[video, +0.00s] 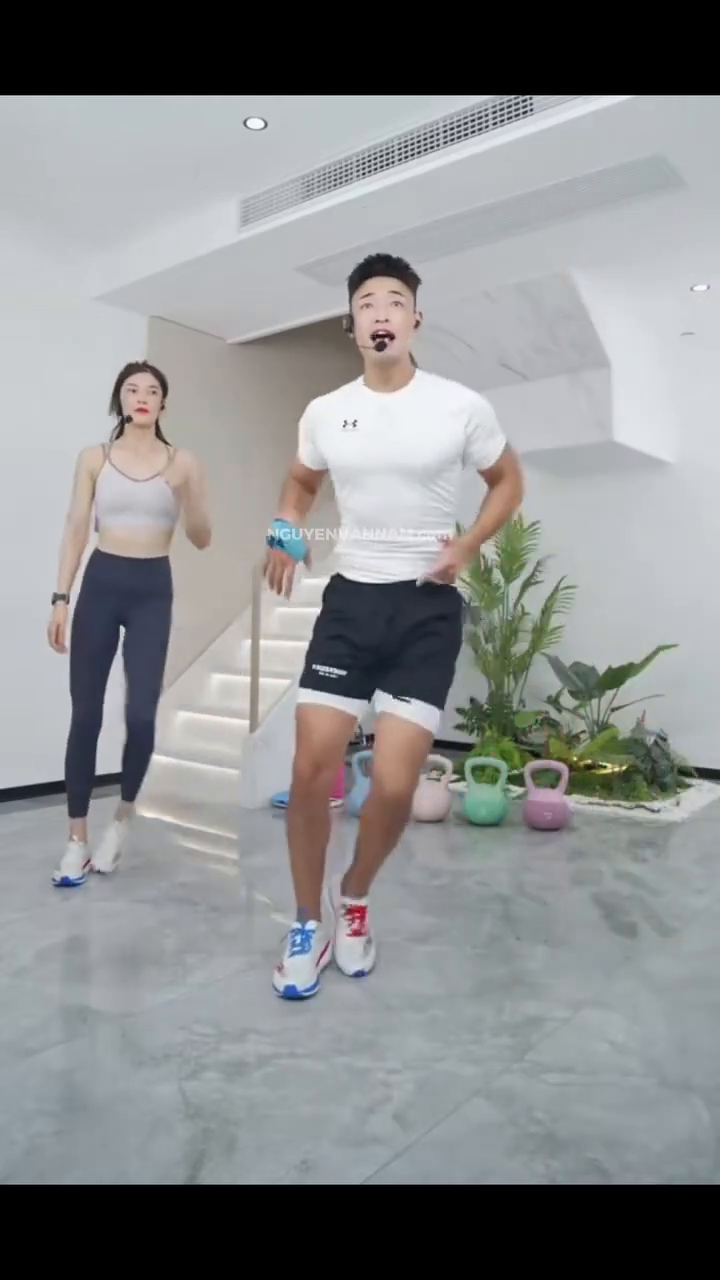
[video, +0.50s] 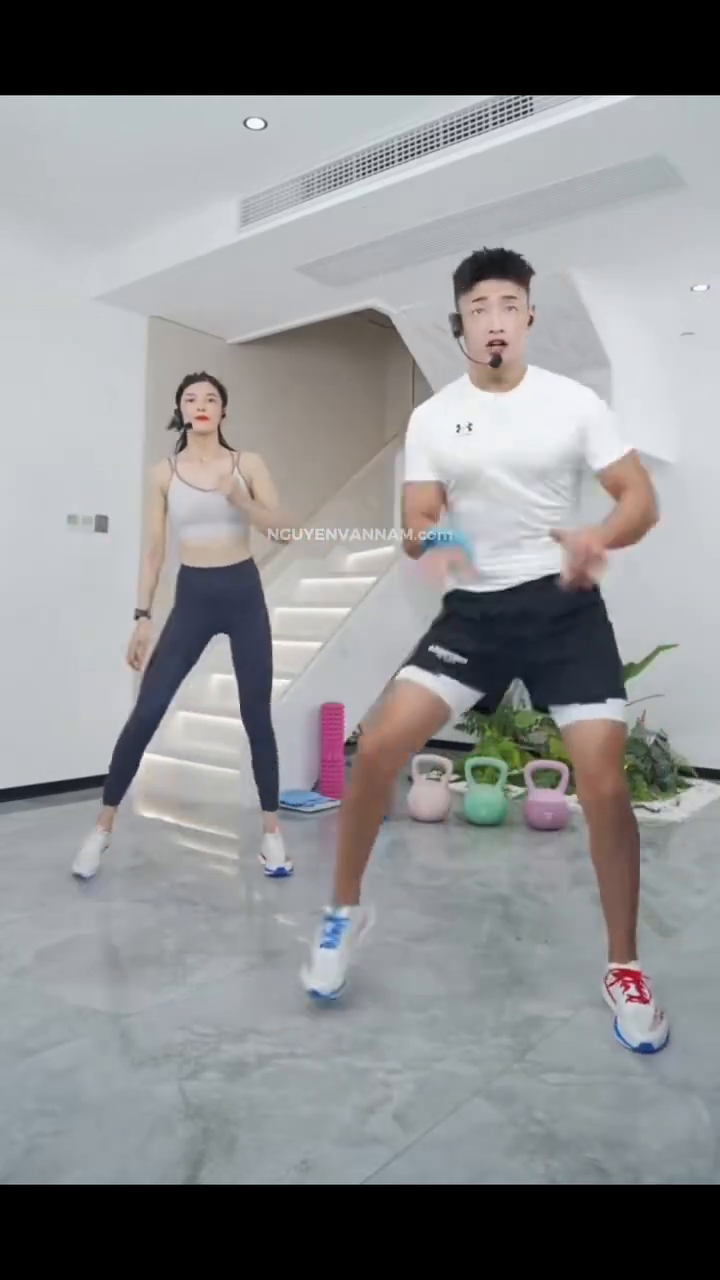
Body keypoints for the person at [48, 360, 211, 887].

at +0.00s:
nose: (142, 397)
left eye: (151, 391)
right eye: (133, 390)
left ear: (163, 402)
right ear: (119, 400)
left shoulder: (182, 462)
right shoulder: (95, 457)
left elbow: (201, 539)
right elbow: (77, 529)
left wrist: (189, 490)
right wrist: (62, 599)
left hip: (152, 589)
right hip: (98, 585)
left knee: (140, 716)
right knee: (86, 715)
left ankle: (122, 819)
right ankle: (78, 836)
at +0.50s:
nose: (201, 406)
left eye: (210, 399)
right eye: (192, 400)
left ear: (223, 410)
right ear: (180, 411)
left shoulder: (247, 463)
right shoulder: (165, 473)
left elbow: (282, 524)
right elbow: (154, 550)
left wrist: (239, 497)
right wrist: (142, 617)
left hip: (245, 598)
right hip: (191, 600)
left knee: (257, 716)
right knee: (147, 712)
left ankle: (272, 830)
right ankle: (103, 825)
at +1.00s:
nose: (226, 404)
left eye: (235, 397)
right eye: (218, 397)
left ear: (249, 407)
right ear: (205, 405)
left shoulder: (269, 462)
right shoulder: (187, 465)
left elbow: (292, 532)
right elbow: (183, 540)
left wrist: (268, 569)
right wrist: (171, 603)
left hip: (254, 593)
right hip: (202, 593)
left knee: (263, 715)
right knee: (157, 709)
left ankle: (272, 829)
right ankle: (158, 814)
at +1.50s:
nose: (179, 405)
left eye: (188, 398)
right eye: (170, 396)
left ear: (202, 406)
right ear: (157, 404)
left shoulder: (218, 467)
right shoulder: (133, 459)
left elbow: (226, 544)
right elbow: (106, 529)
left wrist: (236, 610)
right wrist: (79, 591)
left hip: (188, 594)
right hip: (135, 590)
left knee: (156, 713)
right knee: (121, 714)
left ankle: (155, 813)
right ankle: (108, 835)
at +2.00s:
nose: (219, 410)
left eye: (227, 403)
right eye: (210, 403)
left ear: (239, 412)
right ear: (196, 411)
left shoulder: (260, 470)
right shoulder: (177, 467)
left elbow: (280, 536)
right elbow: (163, 538)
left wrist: (283, 599)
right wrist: (155, 606)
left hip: (245, 597)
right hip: (189, 596)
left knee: (266, 715)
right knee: (155, 719)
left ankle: (296, 825)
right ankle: (113, 833)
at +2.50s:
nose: (253, 410)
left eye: (262, 403)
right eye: (245, 403)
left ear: (276, 414)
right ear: (233, 413)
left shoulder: (295, 469)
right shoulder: (215, 470)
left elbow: (328, 528)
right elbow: (196, 524)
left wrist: (299, 577)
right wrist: (221, 566)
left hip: (280, 593)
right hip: (232, 594)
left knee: (290, 716)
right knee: (201, 713)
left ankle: (298, 823)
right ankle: (243, 811)